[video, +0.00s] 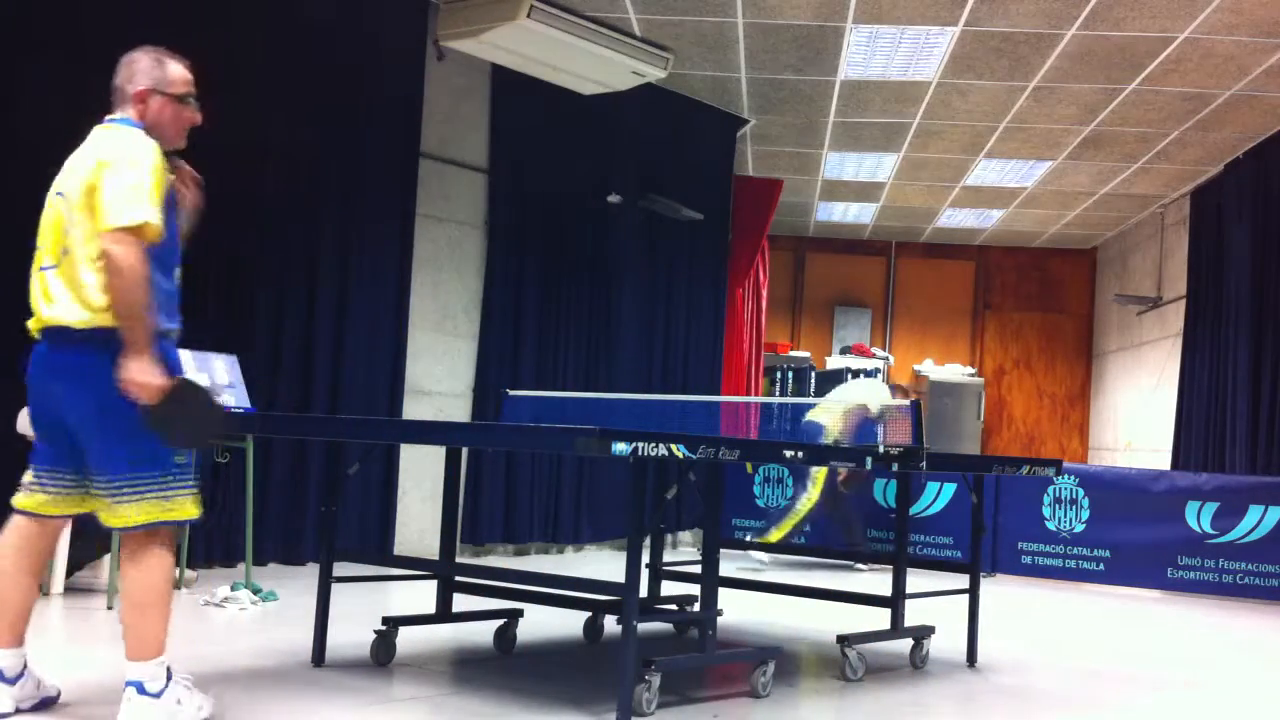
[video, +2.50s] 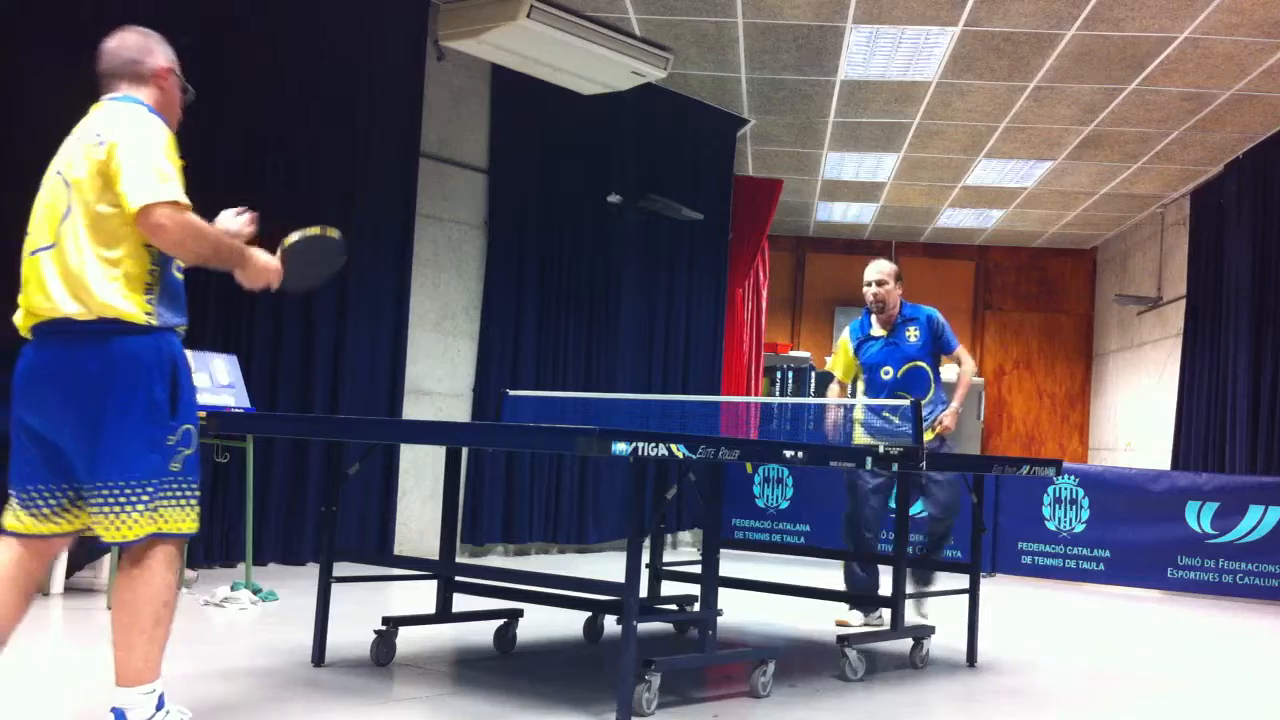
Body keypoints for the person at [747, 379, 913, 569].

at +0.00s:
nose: (895, 410)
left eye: (899, 407)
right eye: (899, 405)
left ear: (893, 389)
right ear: (898, 394)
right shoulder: (881, 392)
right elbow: (850, 421)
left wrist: (845, 465)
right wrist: (845, 463)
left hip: (811, 425)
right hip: (824, 429)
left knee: (838, 498)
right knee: (813, 494)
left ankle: (859, 554)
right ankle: (762, 543)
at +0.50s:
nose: (820, 327)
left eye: (825, 322)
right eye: (815, 321)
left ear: (830, 327)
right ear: (803, 323)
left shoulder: (830, 356)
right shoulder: (780, 346)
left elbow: (836, 400)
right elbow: (753, 377)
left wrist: (828, 397)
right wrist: (777, 404)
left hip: (812, 436)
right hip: (773, 433)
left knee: (829, 488)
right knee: (764, 490)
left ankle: (829, 556)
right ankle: (754, 553)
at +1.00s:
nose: (828, 316)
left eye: (833, 311)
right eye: (823, 310)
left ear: (841, 316)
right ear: (813, 314)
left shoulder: (849, 350)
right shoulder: (792, 342)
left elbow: (856, 391)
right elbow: (770, 384)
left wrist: (850, 430)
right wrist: (757, 427)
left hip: (833, 439)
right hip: (792, 436)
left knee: (826, 499)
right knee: (784, 494)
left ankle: (811, 563)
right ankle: (771, 547)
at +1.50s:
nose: (834, 304)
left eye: (839, 298)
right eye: (827, 298)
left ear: (847, 302)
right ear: (817, 303)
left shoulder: (866, 334)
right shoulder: (801, 339)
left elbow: (883, 374)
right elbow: (784, 389)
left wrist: (880, 414)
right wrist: (768, 436)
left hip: (854, 439)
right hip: (810, 437)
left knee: (866, 501)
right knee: (812, 504)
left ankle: (834, 551)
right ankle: (818, 570)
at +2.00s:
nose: (862, 293)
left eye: (870, 287)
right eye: (857, 287)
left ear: (883, 292)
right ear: (849, 292)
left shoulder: (902, 330)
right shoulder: (831, 331)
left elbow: (918, 375)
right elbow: (809, 379)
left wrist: (915, 418)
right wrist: (830, 397)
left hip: (888, 441)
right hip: (840, 440)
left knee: (883, 514)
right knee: (829, 509)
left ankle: (872, 592)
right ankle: (820, 566)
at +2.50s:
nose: (873, 291)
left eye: (881, 283)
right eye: (867, 284)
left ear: (899, 287)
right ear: (862, 289)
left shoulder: (928, 320)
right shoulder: (854, 333)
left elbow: (967, 364)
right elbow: (838, 383)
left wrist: (954, 409)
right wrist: (833, 409)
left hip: (925, 441)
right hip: (872, 443)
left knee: (948, 503)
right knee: (862, 520)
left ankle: (922, 572)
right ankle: (865, 606)